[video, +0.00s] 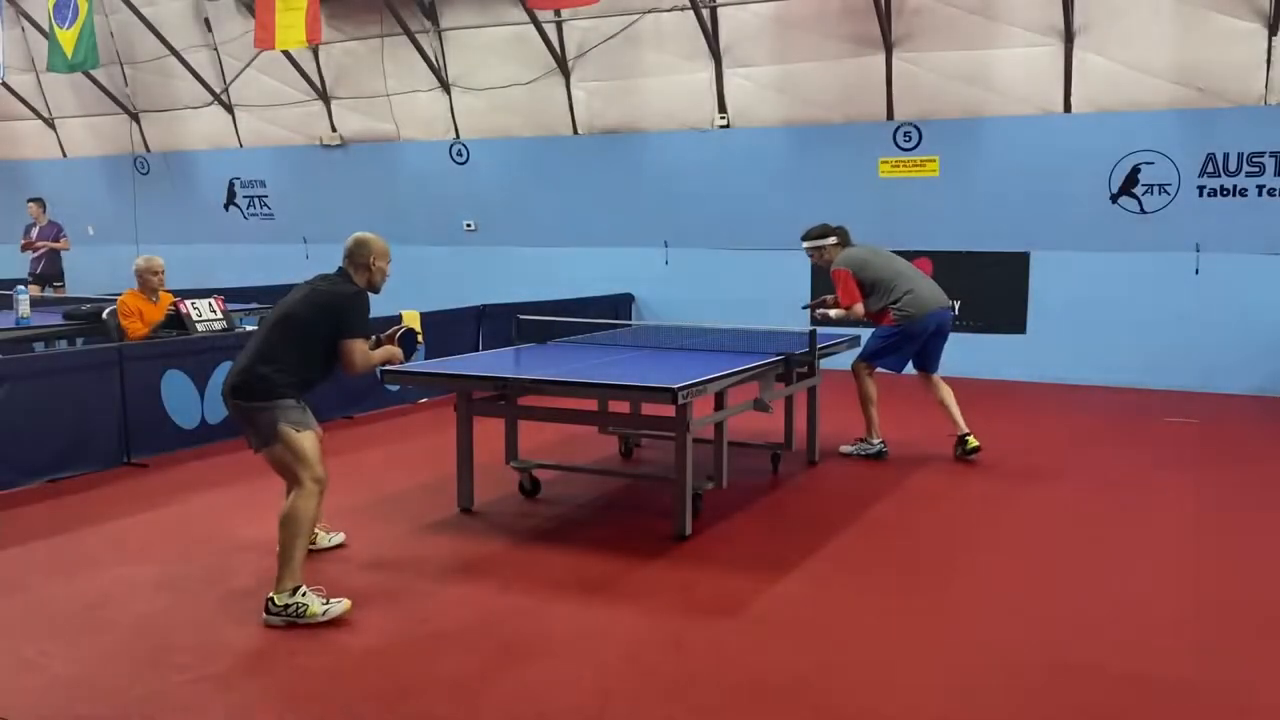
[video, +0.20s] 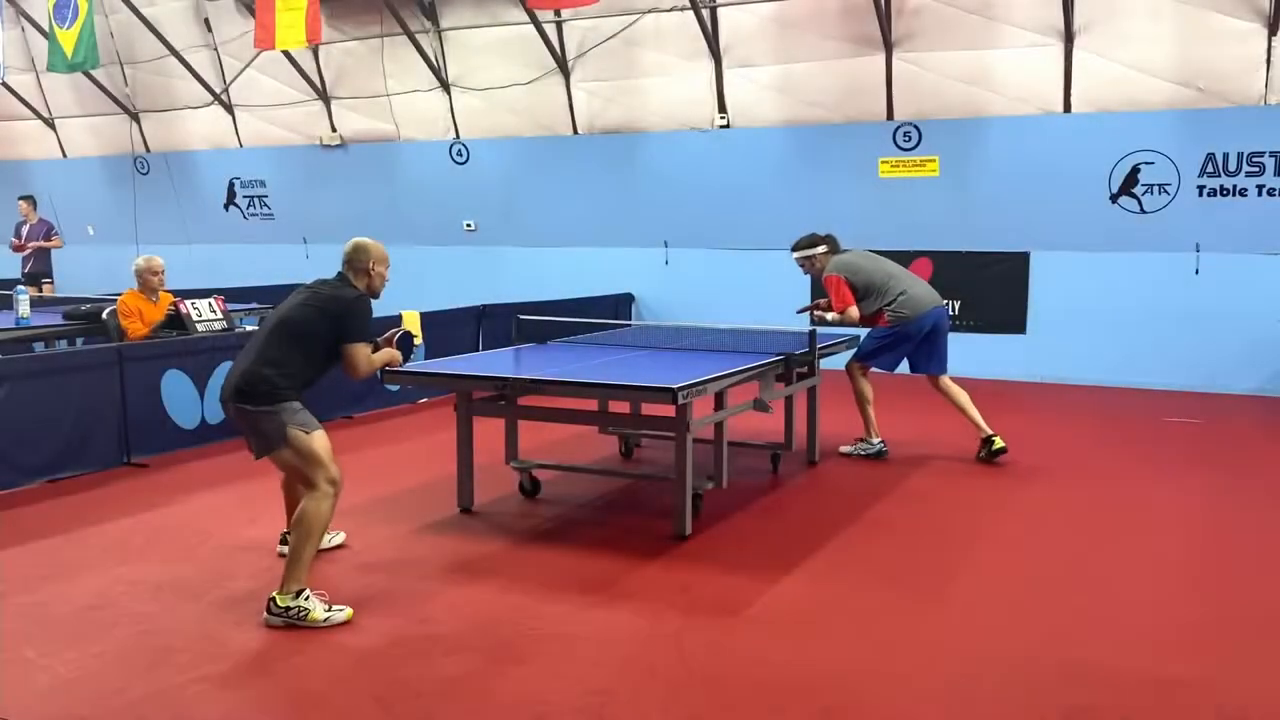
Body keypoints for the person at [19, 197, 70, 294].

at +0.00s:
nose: (29, 211)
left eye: (31, 207)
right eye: (28, 208)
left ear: (41, 209)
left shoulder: (56, 227)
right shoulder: (29, 228)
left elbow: (66, 245)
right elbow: (23, 246)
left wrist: (45, 244)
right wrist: (27, 245)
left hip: (54, 272)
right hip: (35, 272)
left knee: (61, 304)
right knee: (33, 304)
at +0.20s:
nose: (19, 208)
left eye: (22, 205)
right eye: (19, 206)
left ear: (31, 207)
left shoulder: (46, 225)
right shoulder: (19, 226)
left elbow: (59, 243)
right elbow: (14, 244)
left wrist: (37, 244)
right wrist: (16, 245)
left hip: (44, 272)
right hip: (28, 272)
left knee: (48, 304)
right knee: (32, 305)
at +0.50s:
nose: (6, 210)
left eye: (8, 207)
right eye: (6, 207)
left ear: (18, 208)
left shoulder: (34, 227)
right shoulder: (8, 227)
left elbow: (51, 243)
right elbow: (4, 243)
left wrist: (29, 246)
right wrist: (6, 246)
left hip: (31, 273)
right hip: (16, 273)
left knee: (31, 304)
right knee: (18, 304)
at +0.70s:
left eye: (1, 205)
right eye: (0, 205)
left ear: (9, 207)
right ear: (8, 208)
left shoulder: (23, 228)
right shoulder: (2, 226)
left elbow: (37, 246)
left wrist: (19, 257)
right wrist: (3, 256)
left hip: (20, 274)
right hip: (5, 272)